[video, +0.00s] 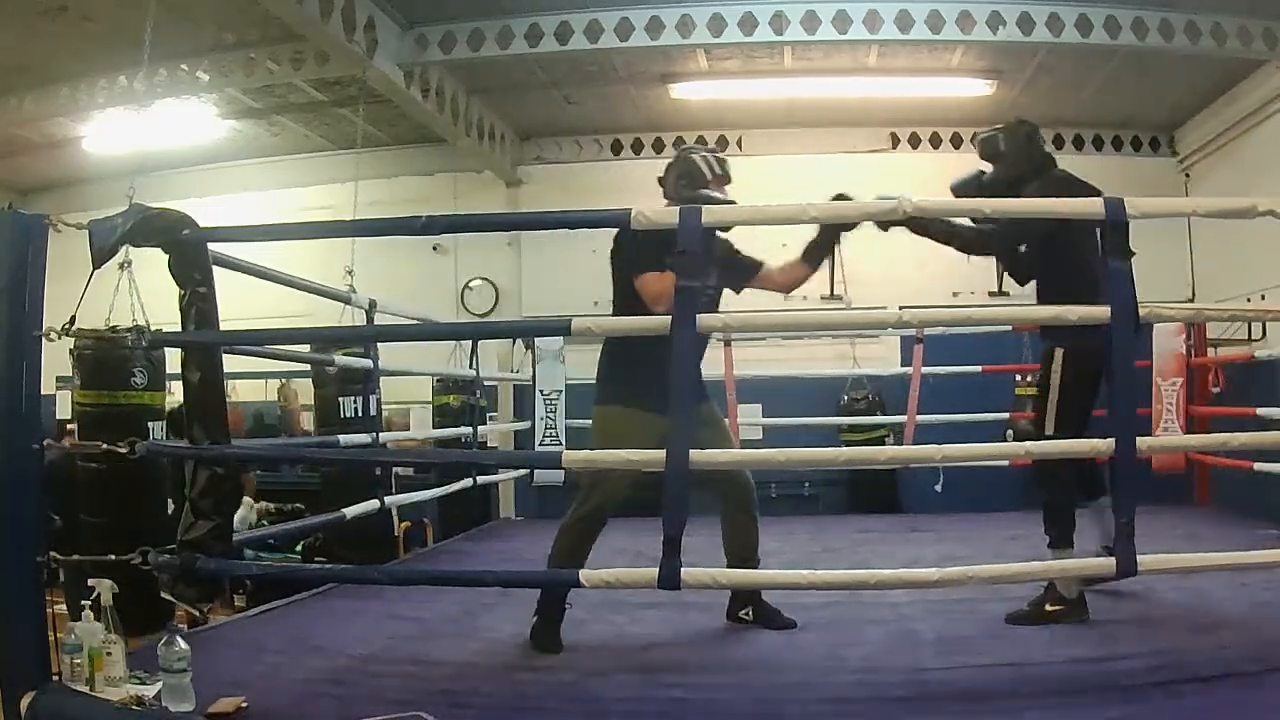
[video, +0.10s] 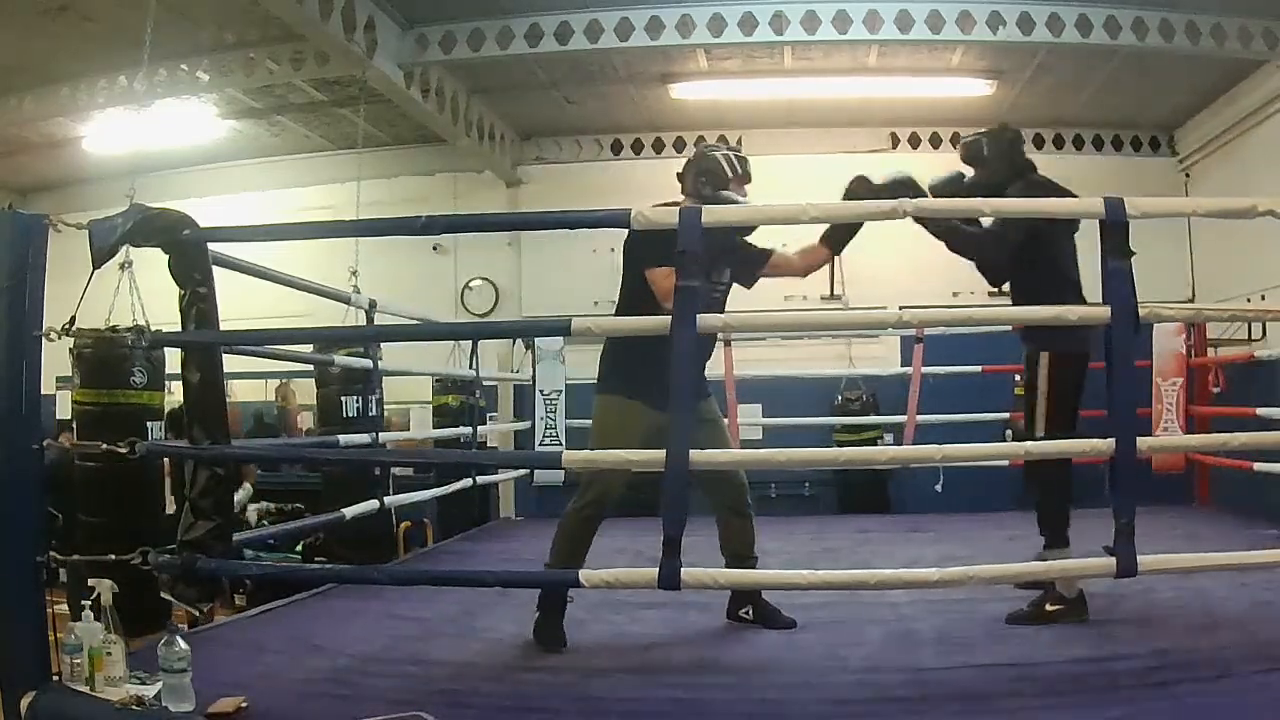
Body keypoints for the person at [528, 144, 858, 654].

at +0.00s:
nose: (723, 199)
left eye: (723, 191)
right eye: (714, 191)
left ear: (721, 193)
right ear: (683, 189)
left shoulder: (714, 249)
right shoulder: (640, 231)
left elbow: (784, 279)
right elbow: (658, 297)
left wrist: (828, 235)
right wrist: (702, 253)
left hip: (689, 395)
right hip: (628, 394)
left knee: (738, 486)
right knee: (601, 498)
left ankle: (745, 599)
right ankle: (549, 609)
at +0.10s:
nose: (743, 200)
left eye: (744, 192)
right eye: (735, 190)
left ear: (732, 196)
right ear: (702, 187)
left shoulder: (727, 244)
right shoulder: (652, 226)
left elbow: (798, 263)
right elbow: (670, 296)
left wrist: (847, 224)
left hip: (689, 391)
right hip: (629, 387)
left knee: (731, 488)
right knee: (598, 493)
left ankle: (745, 597)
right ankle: (551, 604)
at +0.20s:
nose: (739, 192)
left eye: (739, 185)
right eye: (733, 184)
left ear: (713, 187)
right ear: (705, 184)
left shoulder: (726, 230)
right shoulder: (654, 222)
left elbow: (801, 247)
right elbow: (679, 298)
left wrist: (870, 220)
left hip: (686, 388)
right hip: (629, 383)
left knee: (727, 482)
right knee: (592, 491)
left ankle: (744, 592)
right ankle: (537, 594)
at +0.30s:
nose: (723, 190)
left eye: (721, 182)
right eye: (717, 182)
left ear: (677, 182)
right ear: (691, 182)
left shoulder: (705, 238)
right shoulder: (638, 230)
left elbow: (766, 282)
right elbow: (663, 297)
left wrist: (818, 244)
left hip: (688, 395)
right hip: (629, 394)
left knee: (740, 485)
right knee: (585, 495)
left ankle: (745, 593)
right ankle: (515, 593)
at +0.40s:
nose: (699, 197)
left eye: (696, 189)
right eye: (692, 189)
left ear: (672, 193)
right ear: (663, 194)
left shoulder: (686, 249)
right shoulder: (618, 245)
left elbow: (723, 305)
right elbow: (644, 301)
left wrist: (762, 263)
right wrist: (702, 293)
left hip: (686, 407)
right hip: (624, 407)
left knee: (742, 493)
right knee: (579, 508)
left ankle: (746, 601)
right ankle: (506, 608)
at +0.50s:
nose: (672, 198)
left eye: (672, 188)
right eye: (665, 188)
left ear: (627, 188)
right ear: (638, 187)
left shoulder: (630, 236)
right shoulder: (607, 233)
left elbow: (668, 296)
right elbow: (672, 291)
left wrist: (703, 246)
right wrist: (711, 243)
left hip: (640, 406)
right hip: (602, 407)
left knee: (705, 491)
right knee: (561, 514)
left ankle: (739, 597)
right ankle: (503, 616)